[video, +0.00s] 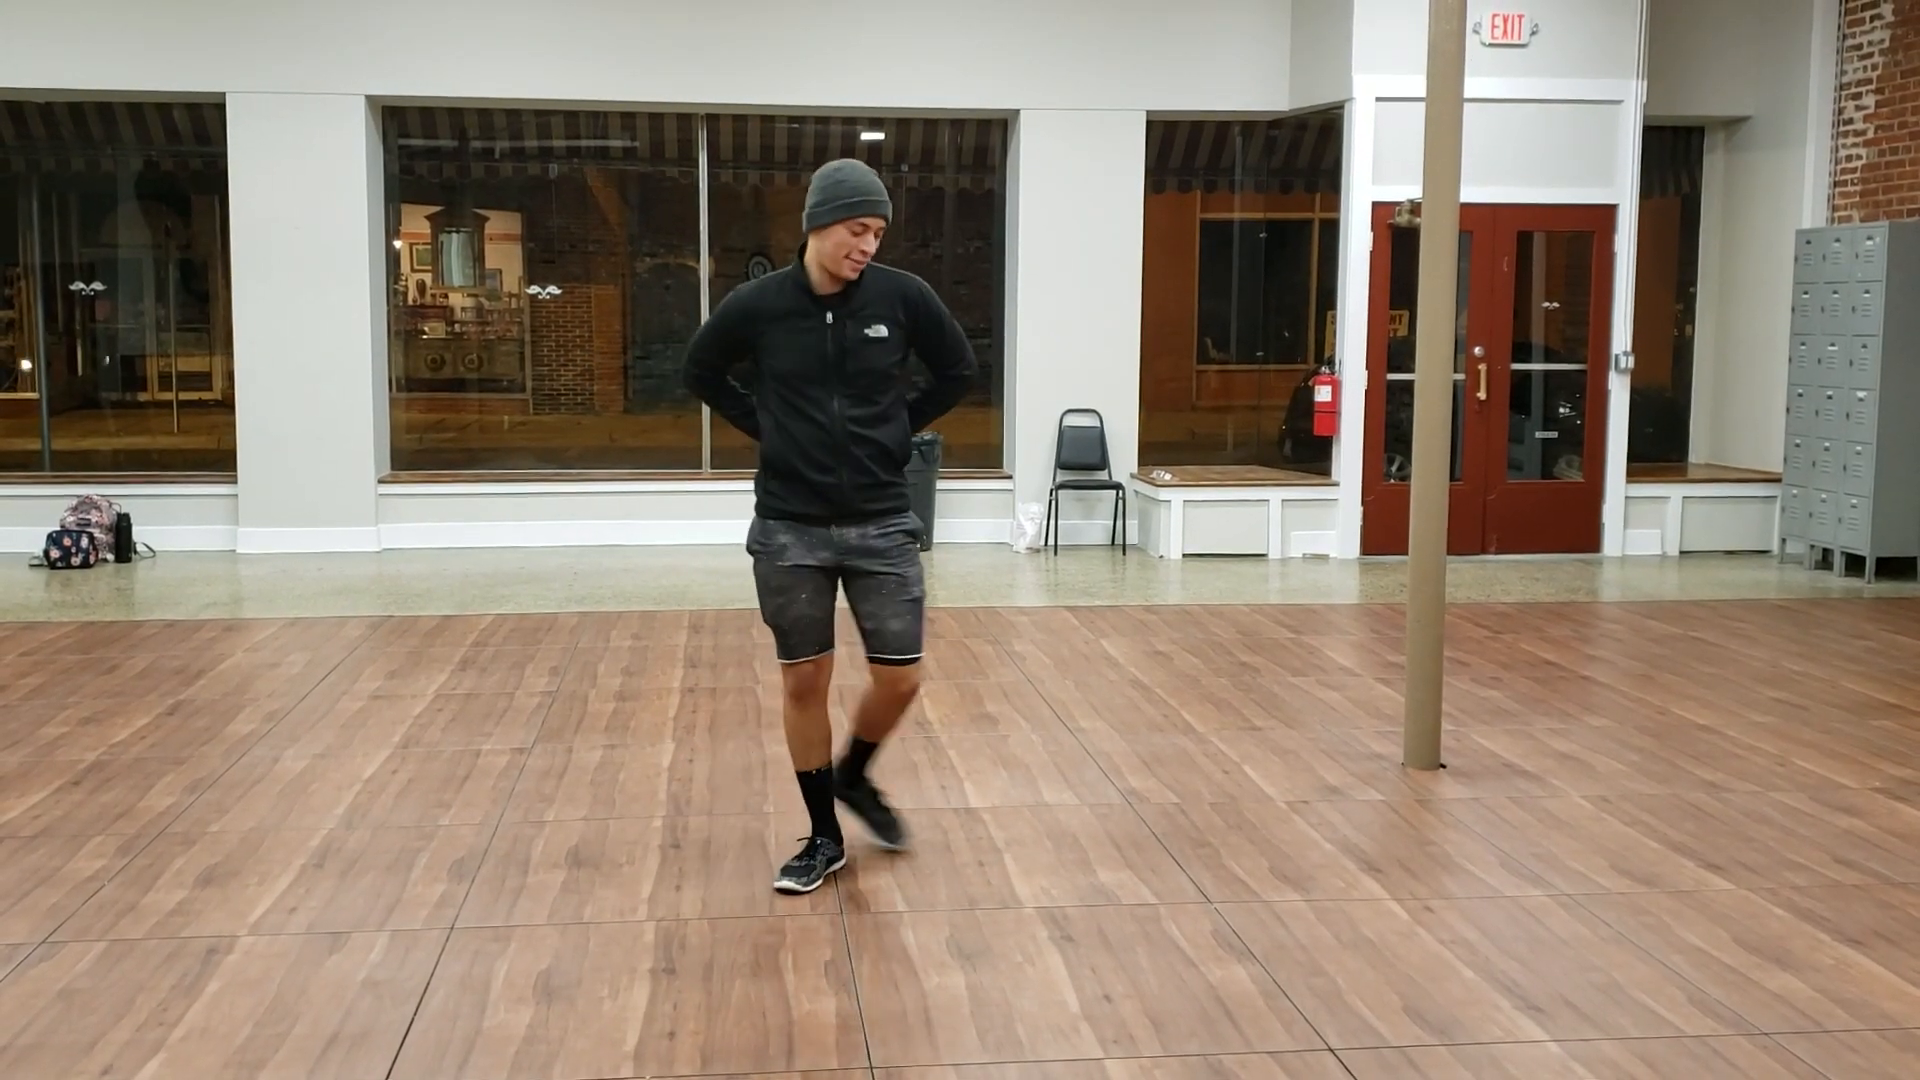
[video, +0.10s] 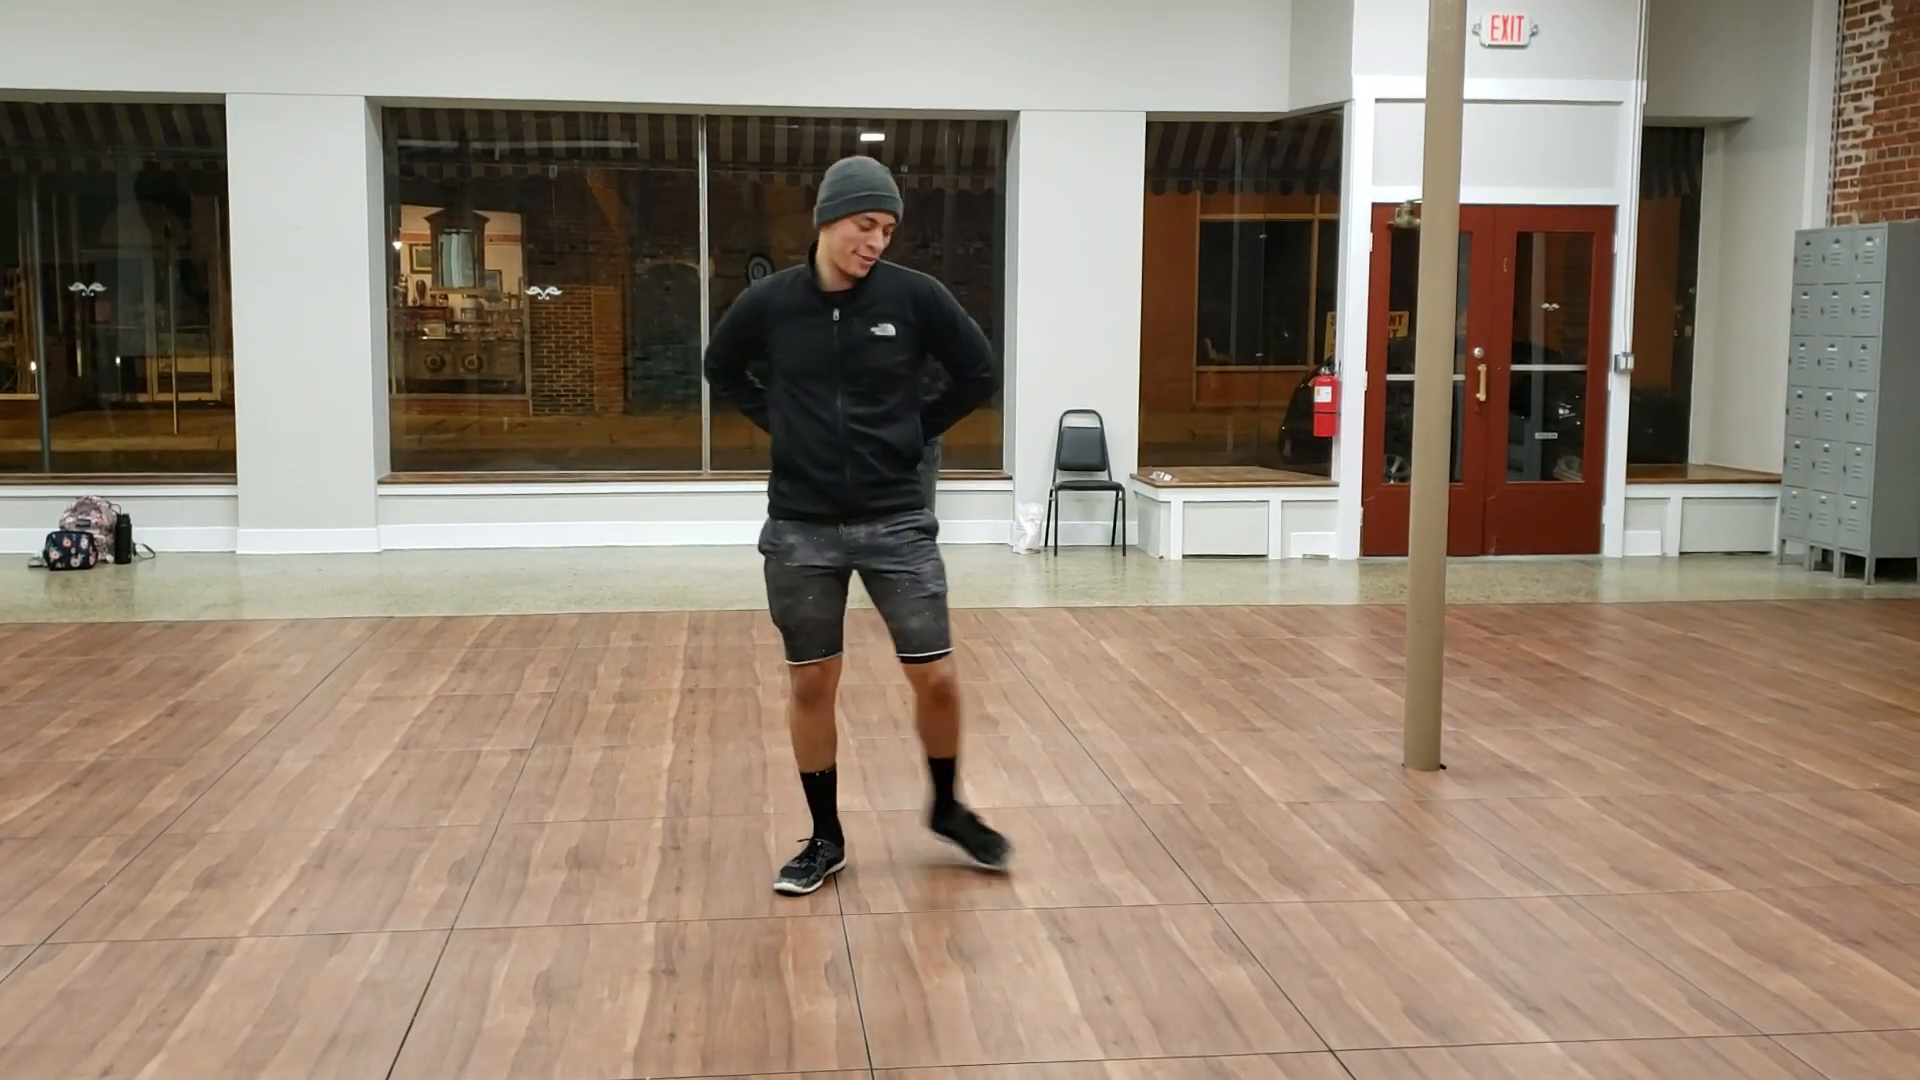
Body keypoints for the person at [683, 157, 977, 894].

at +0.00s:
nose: (867, 245)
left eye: (876, 232)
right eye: (855, 229)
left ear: (880, 237)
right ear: (814, 224)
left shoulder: (902, 297)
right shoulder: (754, 305)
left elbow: (959, 375)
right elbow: (701, 373)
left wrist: (895, 427)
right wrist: (769, 430)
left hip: (881, 523)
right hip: (789, 524)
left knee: (900, 672)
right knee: (804, 676)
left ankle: (851, 774)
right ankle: (822, 837)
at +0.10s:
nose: (872, 241)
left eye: (883, 229)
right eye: (861, 225)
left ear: (890, 234)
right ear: (824, 220)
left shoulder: (915, 297)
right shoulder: (764, 304)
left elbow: (978, 375)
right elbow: (720, 369)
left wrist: (914, 432)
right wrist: (780, 421)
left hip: (898, 523)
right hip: (802, 525)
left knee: (937, 676)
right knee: (811, 680)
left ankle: (947, 808)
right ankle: (824, 838)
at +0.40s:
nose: (918, 249)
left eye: (933, 236)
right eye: (906, 232)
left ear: (946, 247)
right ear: (878, 235)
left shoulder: (974, 320)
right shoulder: (839, 318)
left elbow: (1050, 406)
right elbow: (827, 382)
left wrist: (981, 458)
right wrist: (871, 433)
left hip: (953, 543)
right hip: (858, 538)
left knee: (1002, 695)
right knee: (819, 688)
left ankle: (1065, 841)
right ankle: (834, 826)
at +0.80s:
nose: (852, 205)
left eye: (868, 198)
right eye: (841, 192)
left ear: (884, 222)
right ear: (816, 210)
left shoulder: (912, 305)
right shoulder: (777, 297)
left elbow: (986, 397)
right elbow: (738, 350)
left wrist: (906, 448)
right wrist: (782, 408)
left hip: (874, 529)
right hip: (788, 527)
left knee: (885, 691)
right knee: (787, 680)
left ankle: (983, 817)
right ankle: (851, 817)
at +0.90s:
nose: (815, 207)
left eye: (830, 199)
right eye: (803, 196)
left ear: (850, 222)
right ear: (781, 216)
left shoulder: (886, 306)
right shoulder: (743, 301)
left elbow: (963, 390)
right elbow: (685, 358)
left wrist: (887, 450)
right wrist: (748, 415)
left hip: (845, 526)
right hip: (763, 526)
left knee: (802, 689)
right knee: (773, 691)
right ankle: (848, 822)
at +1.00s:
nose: (785, 216)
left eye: (800, 207)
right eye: (772, 205)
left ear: (821, 229)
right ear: (751, 224)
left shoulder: (858, 314)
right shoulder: (713, 307)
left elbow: (932, 390)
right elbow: (640, 373)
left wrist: (857, 457)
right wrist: (710, 430)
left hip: (816, 538)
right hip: (735, 535)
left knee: (752, 694)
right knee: (763, 703)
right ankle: (852, 813)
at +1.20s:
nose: (737, 223)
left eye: (751, 215)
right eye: (724, 212)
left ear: (770, 239)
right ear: (699, 232)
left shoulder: (802, 332)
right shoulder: (648, 310)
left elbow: (854, 412)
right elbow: (556, 382)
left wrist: (783, 466)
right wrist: (633, 448)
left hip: (742, 546)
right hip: (654, 541)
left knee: (683, 714)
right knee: (637, 715)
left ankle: (644, 872)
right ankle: (764, 788)